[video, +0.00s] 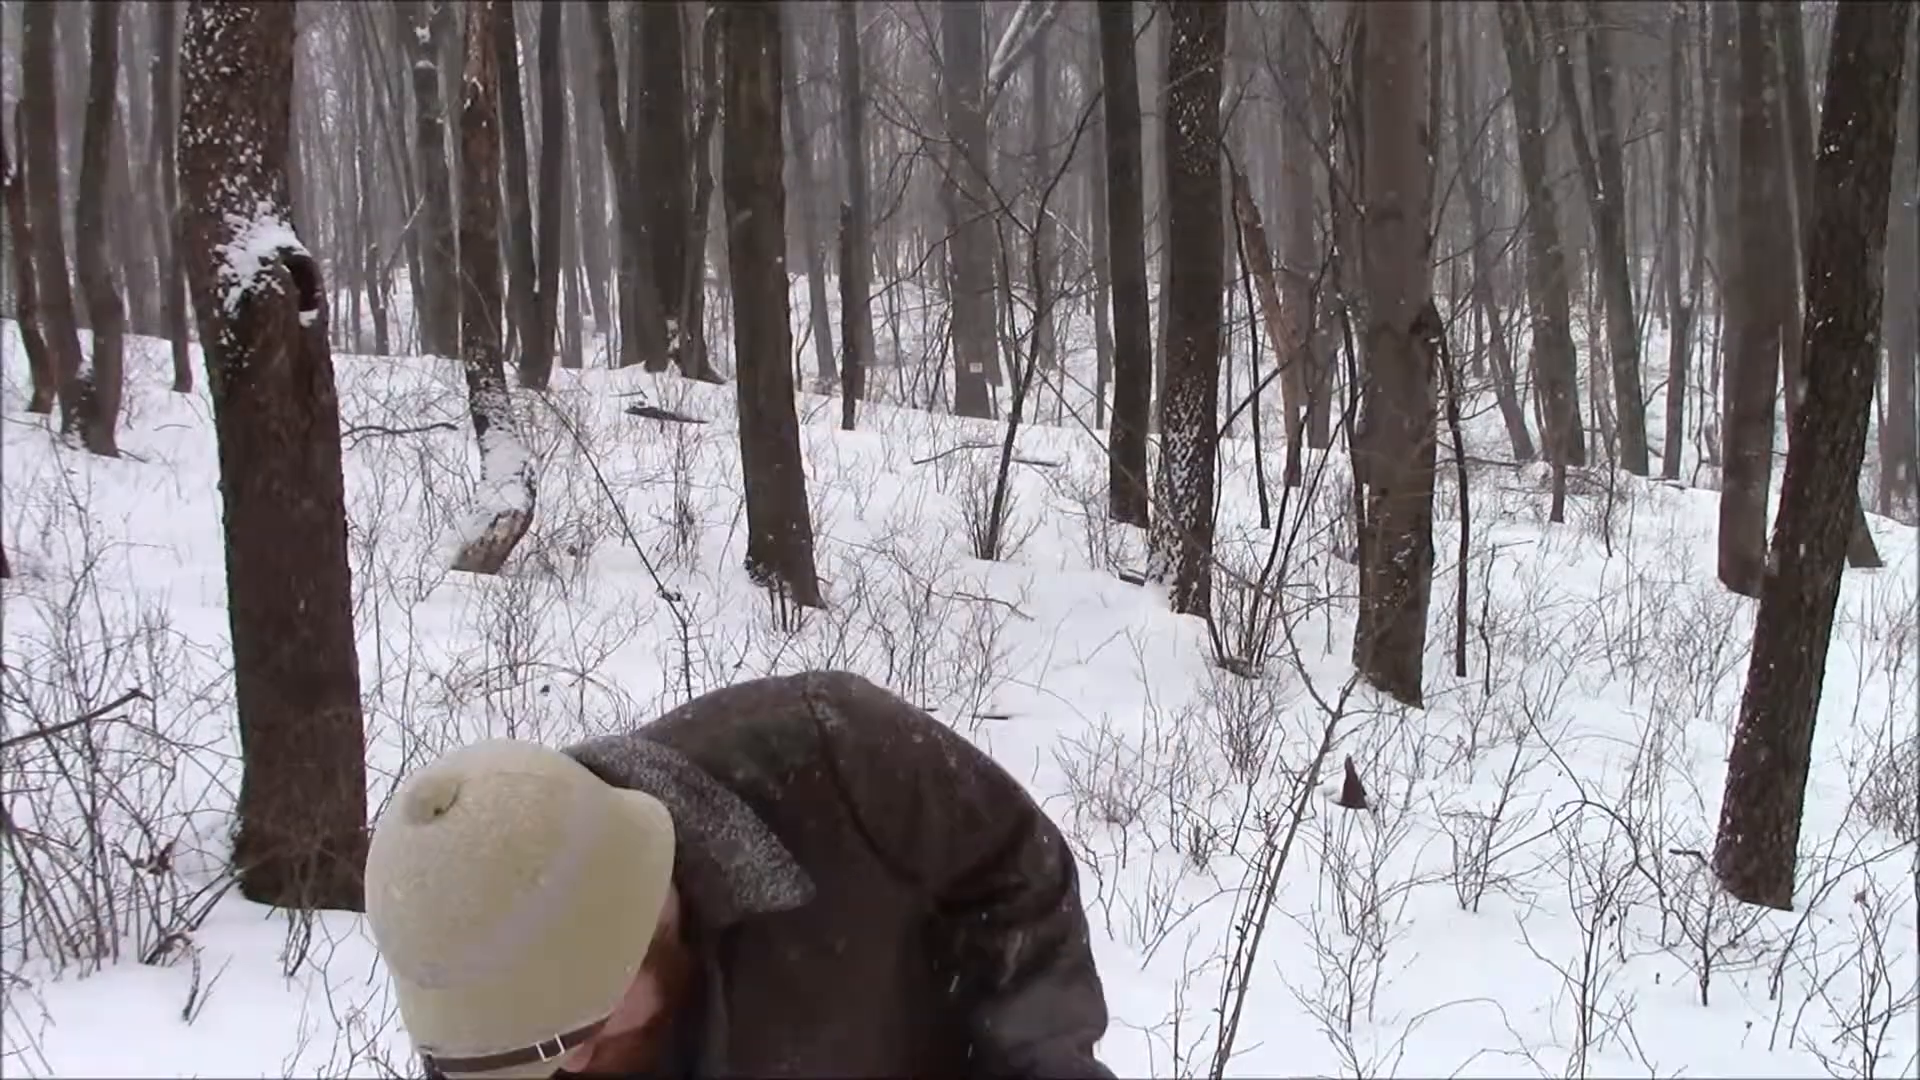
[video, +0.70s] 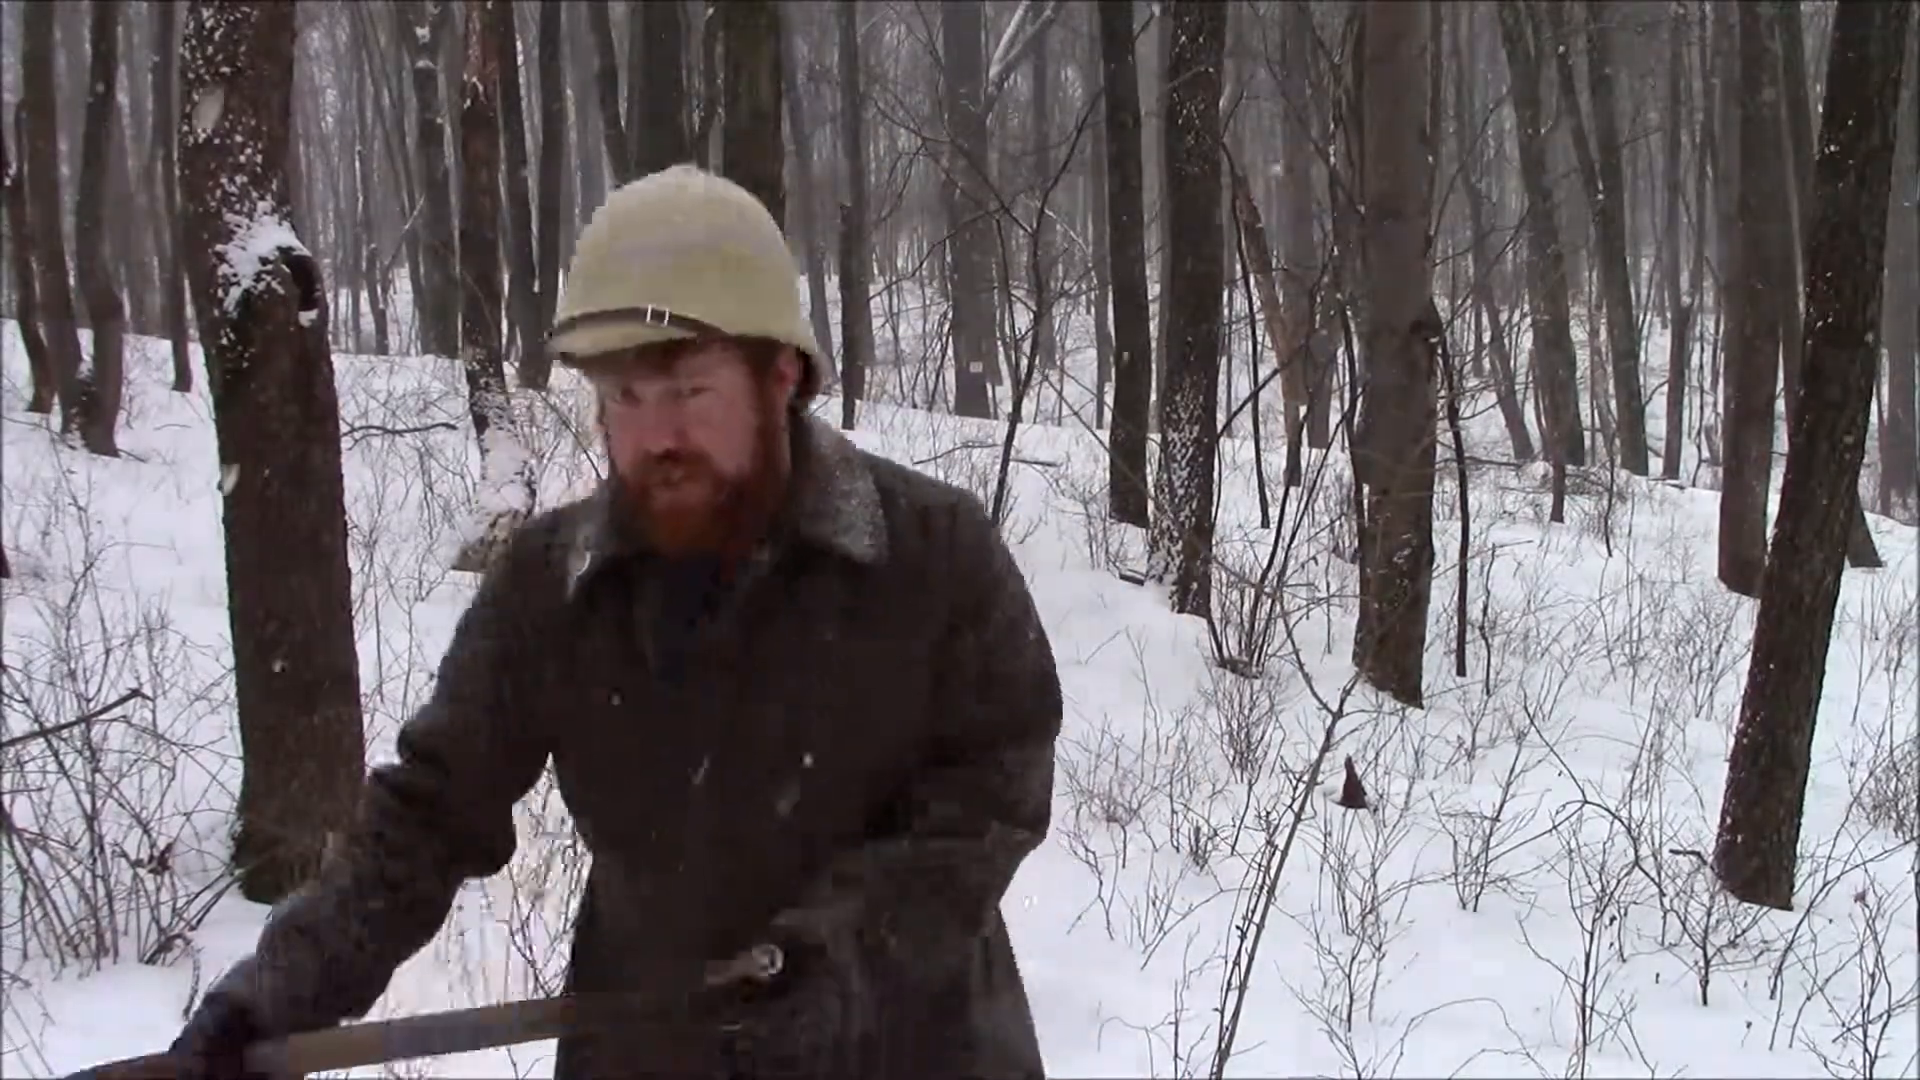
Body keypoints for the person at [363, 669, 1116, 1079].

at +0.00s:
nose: (569, 1071)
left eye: (581, 1031)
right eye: (520, 1059)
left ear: (647, 912)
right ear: (449, 1011)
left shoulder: (830, 757)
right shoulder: (477, 1005)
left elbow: (1019, 877)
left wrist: (1038, 1061)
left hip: (946, 1042)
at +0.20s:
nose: (588, 1007)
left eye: (597, 956)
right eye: (542, 990)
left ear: (649, 853)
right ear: (470, 962)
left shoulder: (842, 752)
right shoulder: (485, 988)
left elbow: (1031, 924)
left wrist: (1021, 1061)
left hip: (910, 1042)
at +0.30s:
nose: (588, 914)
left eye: (606, 865)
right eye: (543, 893)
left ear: (674, 772)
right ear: (480, 864)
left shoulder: (873, 731)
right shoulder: (482, 924)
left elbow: (1045, 955)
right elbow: (489, 1068)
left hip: (927, 1054)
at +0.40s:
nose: (581, 785)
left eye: (598, 729)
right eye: (535, 753)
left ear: (689, 659)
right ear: (493, 729)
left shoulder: (896, 691)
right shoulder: (490, 835)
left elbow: (1029, 939)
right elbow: (486, 1063)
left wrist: (1025, 1065)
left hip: (905, 1056)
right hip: (664, 1056)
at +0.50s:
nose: (586, 640)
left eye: (610, 580)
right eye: (550, 593)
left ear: (719, 534)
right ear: (523, 584)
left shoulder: (910, 640)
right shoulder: (504, 730)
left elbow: (998, 888)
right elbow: (453, 1012)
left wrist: (947, 1062)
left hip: (888, 1031)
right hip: (657, 1039)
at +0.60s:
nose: (619, 520)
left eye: (651, 465)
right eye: (583, 476)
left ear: (747, 439)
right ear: (555, 477)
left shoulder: (919, 588)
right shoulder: (520, 644)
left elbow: (986, 830)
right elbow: (435, 891)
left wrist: (835, 1025)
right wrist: (298, 1058)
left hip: (905, 1024)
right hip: (642, 1033)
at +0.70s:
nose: (653, 436)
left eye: (686, 387)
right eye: (623, 396)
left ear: (785, 377)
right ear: (595, 407)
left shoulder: (943, 559)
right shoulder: (547, 585)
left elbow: (991, 806)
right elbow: (427, 822)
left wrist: (835, 953)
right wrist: (267, 1002)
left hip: (918, 1025)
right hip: (651, 1028)